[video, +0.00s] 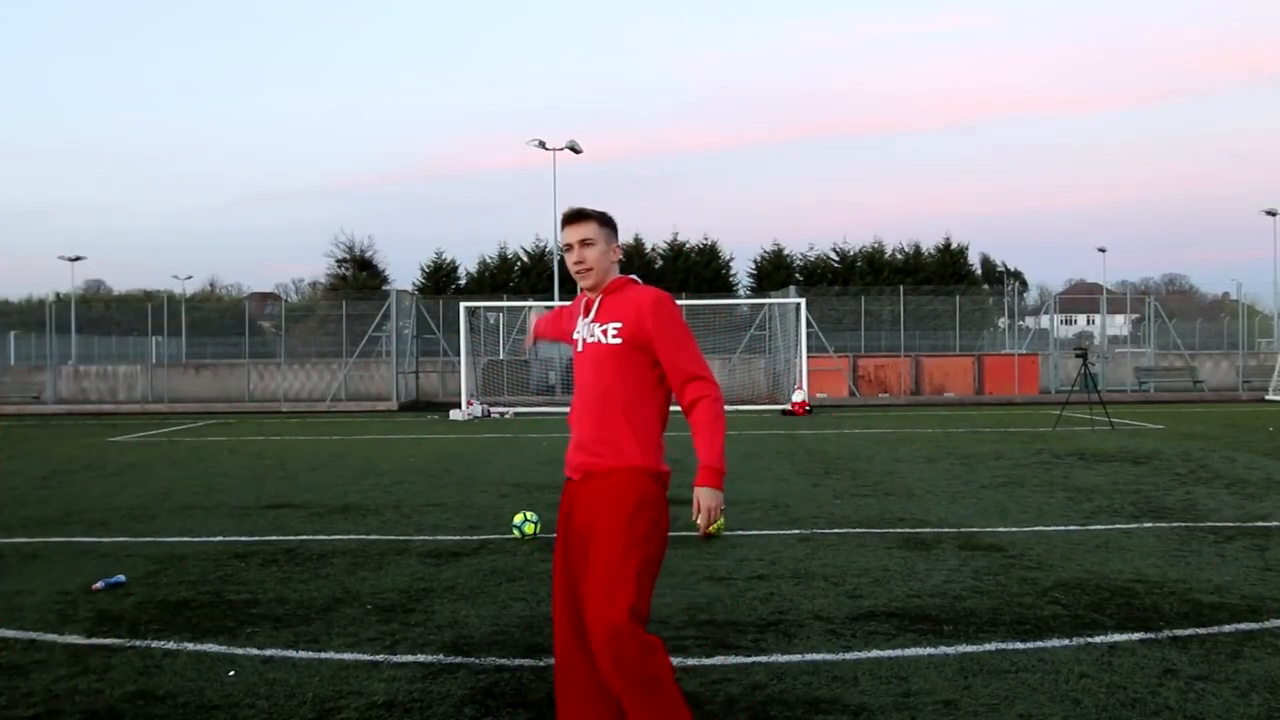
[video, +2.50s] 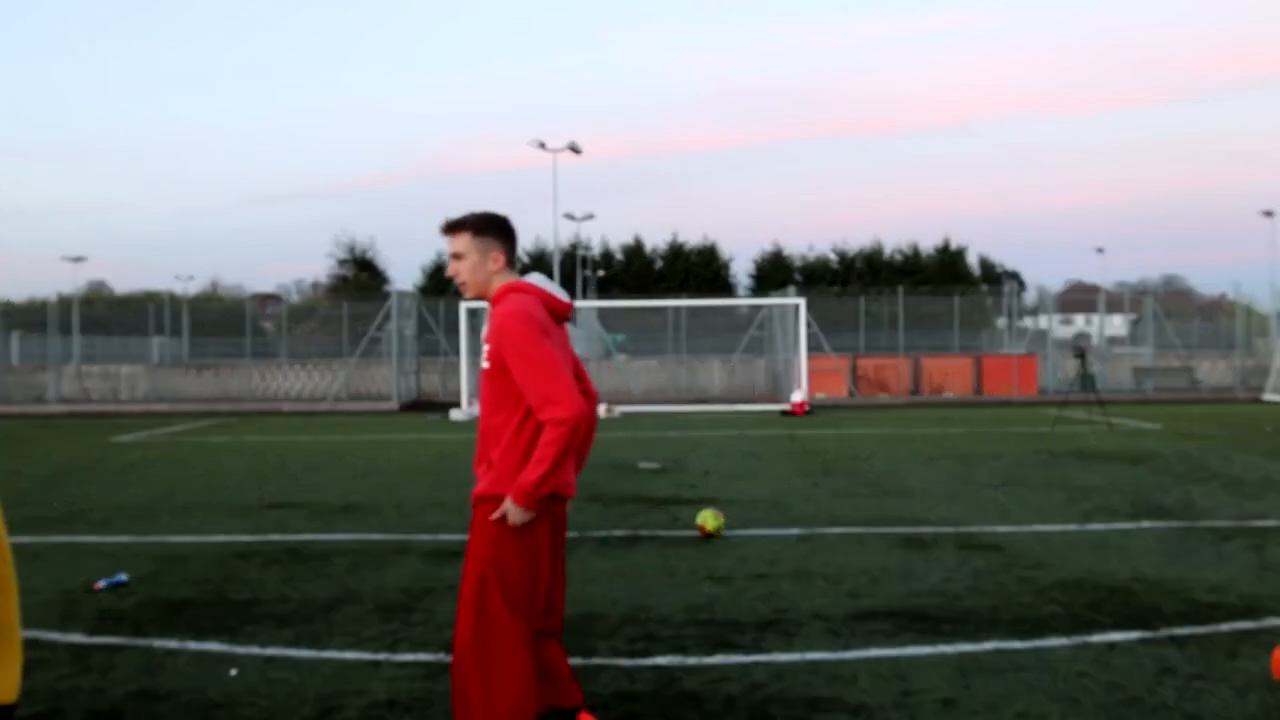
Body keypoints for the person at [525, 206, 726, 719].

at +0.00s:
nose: (576, 256)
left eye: (587, 244)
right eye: (569, 248)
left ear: (615, 250)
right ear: (565, 257)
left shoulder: (649, 304)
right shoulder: (580, 312)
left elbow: (701, 391)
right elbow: (554, 322)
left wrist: (710, 479)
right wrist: (536, 326)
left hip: (631, 485)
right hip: (581, 486)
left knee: (613, 627)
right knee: (572, 633)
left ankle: (669, 714)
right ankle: (585, 718)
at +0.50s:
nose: (543, 263)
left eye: (552, 250)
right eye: (541, 253)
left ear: (590, 250)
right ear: (579, 254)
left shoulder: (628, 305)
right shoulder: (580, 309)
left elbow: (691, 397)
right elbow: (594, 401)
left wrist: (662, 478)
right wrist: (560, 457)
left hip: (614, 493)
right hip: (577, 493)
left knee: (603, 639)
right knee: (576, 638)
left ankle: (615, 716)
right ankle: (583, 715)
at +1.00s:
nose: (536, 267)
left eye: (534, 257)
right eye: (533, 258)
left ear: (549, 256)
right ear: (590, 249)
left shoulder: (592, 305)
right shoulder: (624, 297)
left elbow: (640, 394)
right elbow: (684, 353)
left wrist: (586, 456)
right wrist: (645, 417)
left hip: (606, 501)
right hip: (632, 497)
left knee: (604, 641)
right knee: (624, 638)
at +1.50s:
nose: (550, 266)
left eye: (547, 258)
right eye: (549, 259)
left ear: (554, 257)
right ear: (602, 253)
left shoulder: (583, 296)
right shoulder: (632, 299)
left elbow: (614, 370)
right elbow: (686, 384)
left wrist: (542, 417)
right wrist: (621, 412)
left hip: (591, 486)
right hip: (634, 485)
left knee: (587, 631)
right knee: (635, 626)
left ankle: (596, 715)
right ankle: (635, 713)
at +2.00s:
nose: (515, 272)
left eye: (522, 259)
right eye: (513, 261)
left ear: (557, 258)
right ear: (563, 262)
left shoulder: (571, 307)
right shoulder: (595, 311)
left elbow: (617, 393)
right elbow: (651, 401)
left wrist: (570, 468)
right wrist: (634, 479)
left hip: (564, 507)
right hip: (608, 505)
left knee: (528, 648)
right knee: (610, 650)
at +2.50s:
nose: (450, 270)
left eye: (459, 257)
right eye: (449, 259)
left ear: (495, 258)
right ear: (497, 261)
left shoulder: (513, 313)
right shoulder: (530, 309)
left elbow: (564, 409)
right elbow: (583, 402)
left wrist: (525, 493)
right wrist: (551, 483)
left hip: (506, 507)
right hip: (535, 507)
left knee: (489, 642)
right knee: (535, 635)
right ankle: (566, 706)